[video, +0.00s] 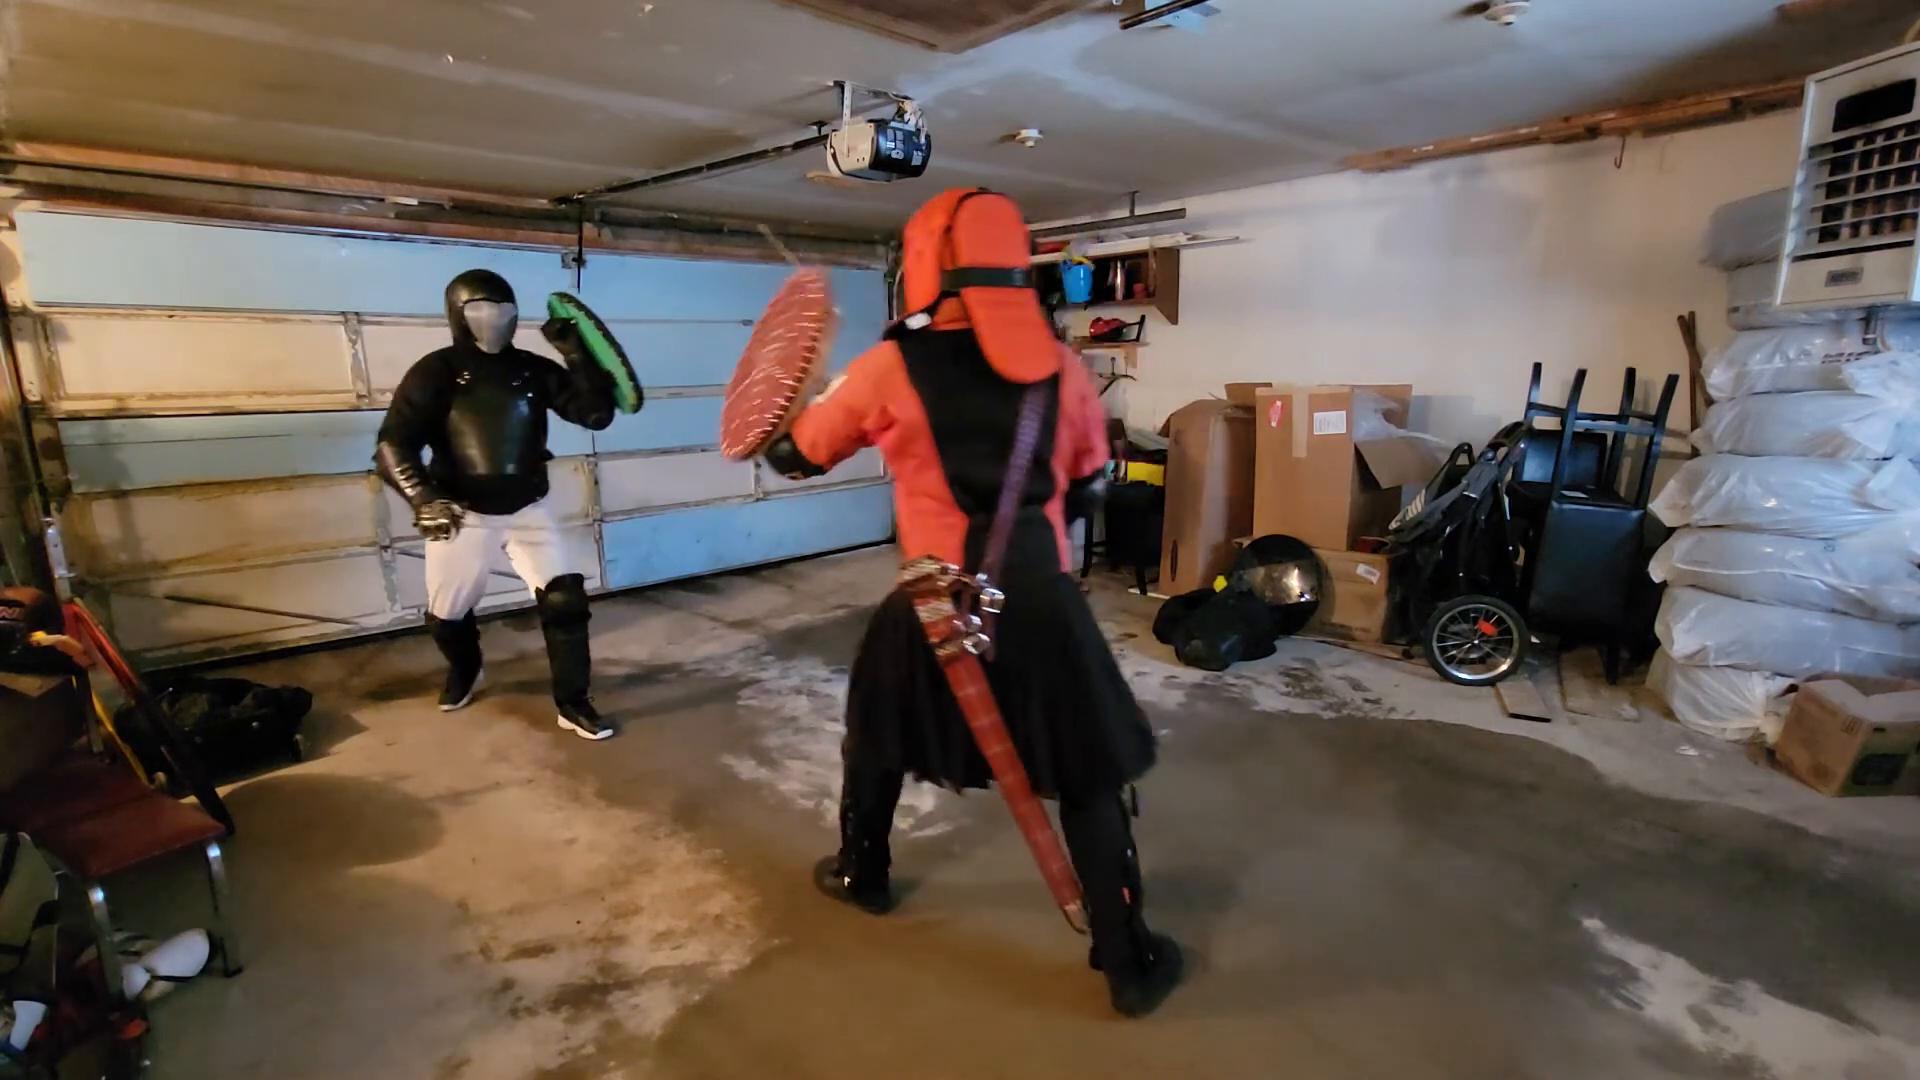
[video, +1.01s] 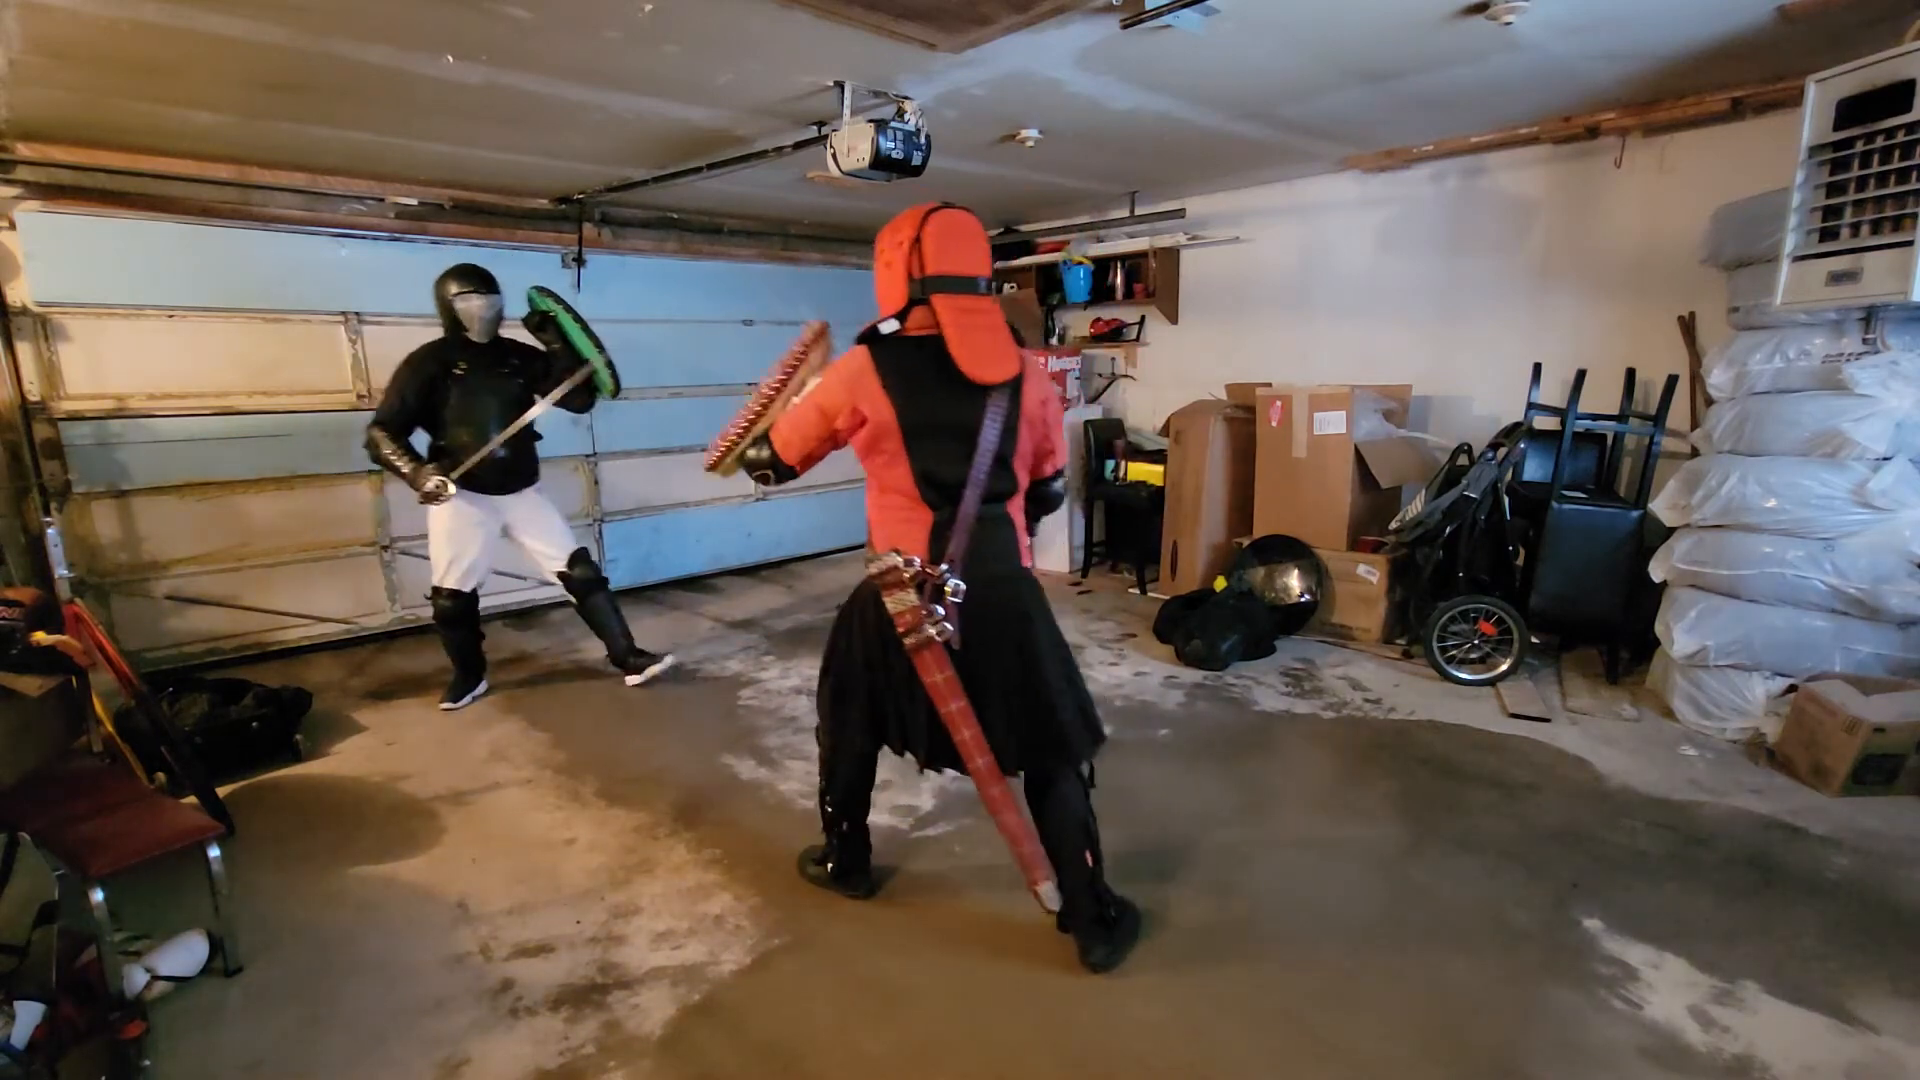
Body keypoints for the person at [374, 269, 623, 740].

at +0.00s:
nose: (497, 316)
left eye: (503, 305)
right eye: (483, 306)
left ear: (514, 311)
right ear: (460, 315)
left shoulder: (536, 371)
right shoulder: (436, 373)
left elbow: (597, 412)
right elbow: (393, 445)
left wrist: (575, 353)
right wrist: (422, 499)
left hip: (529, 514)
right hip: (460, 516)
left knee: (566, 600)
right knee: (446, 616)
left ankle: (572, 702)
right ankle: (465, 668)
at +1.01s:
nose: (488, 307)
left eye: (492, 297)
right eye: (475, 299)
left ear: (500, 301)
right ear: (452, 307)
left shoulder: (520, 356)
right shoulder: (428, 364)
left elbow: (581, 398)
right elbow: (382, 434)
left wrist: (557, 342)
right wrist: (416, 473)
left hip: (522, 493)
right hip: (458, 497)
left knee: (580, 573)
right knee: (451, 601)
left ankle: (628, 658)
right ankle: (468, 676)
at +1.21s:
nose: (535, 303)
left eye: (536, 295)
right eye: (524, 296)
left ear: (540, 302)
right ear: (498, 305)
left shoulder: (560, 357)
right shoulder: (469, 362)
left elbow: (616, 397)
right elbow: (429, 432)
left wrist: (588, 337)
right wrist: (458, 475)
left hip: (559, 490)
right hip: (494, 493)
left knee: (613, 570)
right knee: (472, 593)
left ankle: (641, 663)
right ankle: (469, 675)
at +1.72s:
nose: (593, 328)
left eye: (596, 319)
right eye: (582, 319)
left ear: (601, 326)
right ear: (556, 325)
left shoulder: (604, 381)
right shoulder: (523, 376)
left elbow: (654, 430)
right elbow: (481, 447)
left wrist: (642, 373)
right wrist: (520, 500)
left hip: (583, 504)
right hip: (522, 503)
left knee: (636, 573)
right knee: (490, 593)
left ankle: (642, 663)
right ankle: (477, 666)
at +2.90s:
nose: (601, 306)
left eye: (603, 297)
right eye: (591, 297)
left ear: (604, 301)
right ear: (563, 302)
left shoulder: (622, 362)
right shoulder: (535, 362)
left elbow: (674, 410)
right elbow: (513, 442)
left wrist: (669, 358)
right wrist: (554, 456)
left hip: (619, 494)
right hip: (556, 496)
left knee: (665, 573)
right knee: (539, 592)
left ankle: (685, 675)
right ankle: (534, 666)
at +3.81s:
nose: (643, 307)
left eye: (644, 298)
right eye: (633, 298)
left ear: (643, 304)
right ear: (603, 302)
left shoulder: (652, 362)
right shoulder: (570, 362)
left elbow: (694, 420)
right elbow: (547, 440)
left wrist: (695, 365)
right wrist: (603, 457)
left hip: (640, 494)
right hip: (581, 493)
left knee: (681, 576)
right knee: (558, 594)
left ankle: (686, 678)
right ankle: (556, 662)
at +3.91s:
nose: (649, 310)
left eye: (649, 301)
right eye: (640, 301)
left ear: (636, 308)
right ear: (610, 304)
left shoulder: (655, 363)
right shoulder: (583, 358)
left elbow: (688, 403)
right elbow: (595, 416)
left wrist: (693, 353)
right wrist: (656, 427)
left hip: (640, 492)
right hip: (584, 490)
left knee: (682, 573)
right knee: (561, 589)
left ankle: (686, 677)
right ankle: (558, 663)